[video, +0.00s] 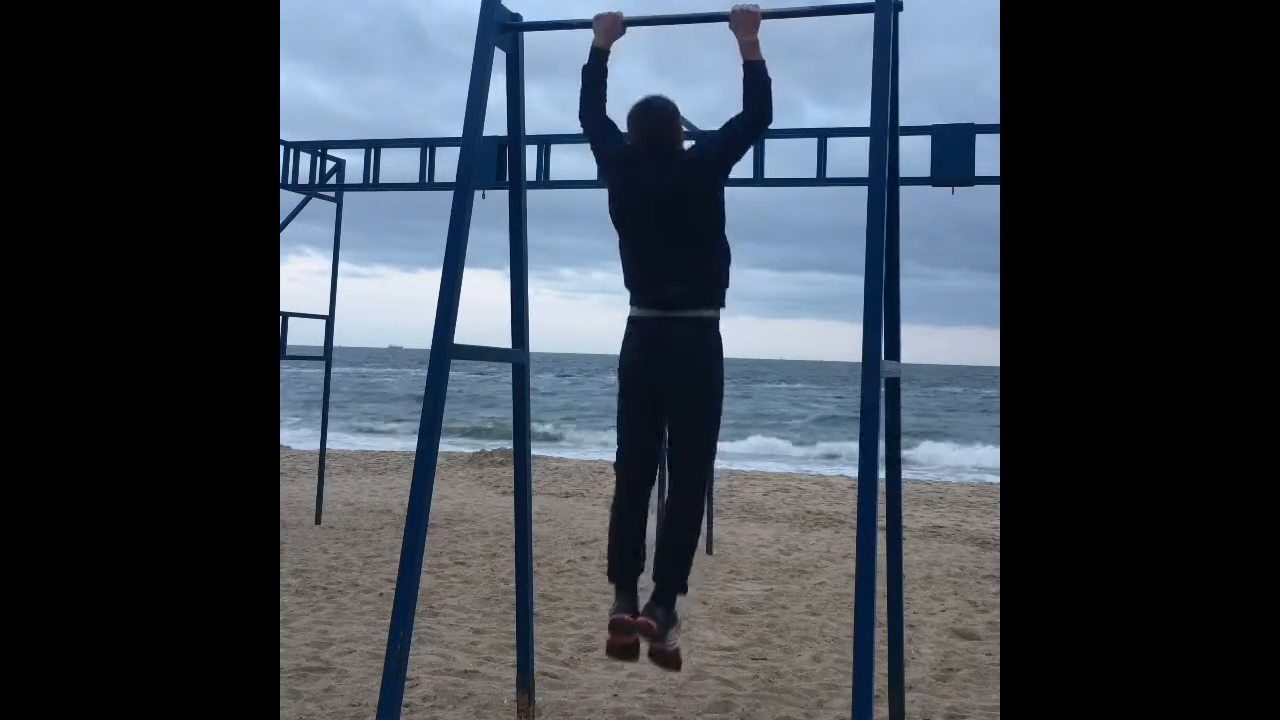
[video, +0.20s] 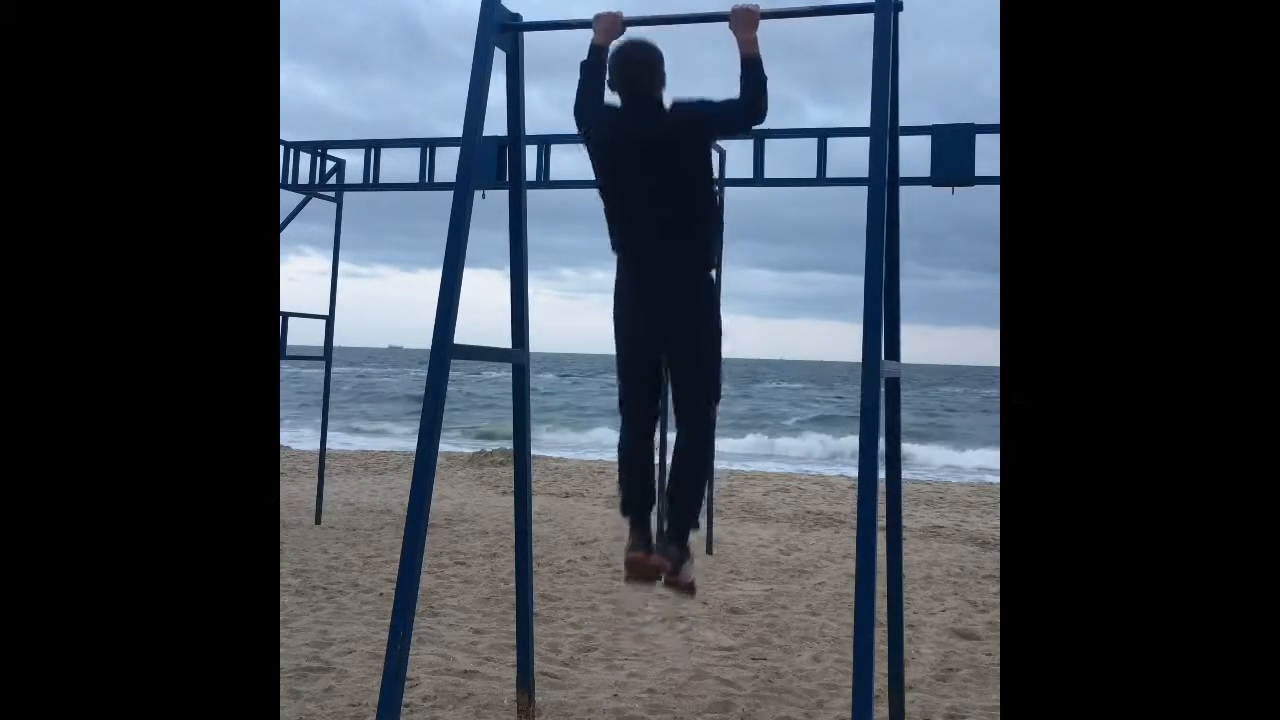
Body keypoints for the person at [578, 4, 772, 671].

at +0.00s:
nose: (686, 125)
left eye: (679, 121)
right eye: (682, 121)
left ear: (630, 138)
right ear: (678, 132)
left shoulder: (620, 170)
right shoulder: (706, 165)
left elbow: (592, 115)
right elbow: (757, 114)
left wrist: (600, 46)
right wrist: (750, 45)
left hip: (643, 339)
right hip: (697, 341)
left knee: (634, 470)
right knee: (688, 477)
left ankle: (625, 605)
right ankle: (662, 610)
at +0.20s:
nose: (655, 81)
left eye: (633, 74)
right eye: (658, 74)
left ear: (615, 85)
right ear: (662, 81)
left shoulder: (601, 130)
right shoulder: (693, 122)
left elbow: (588, 96)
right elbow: (752, 108)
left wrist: (598, 42)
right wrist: (749, 42)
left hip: (634, 294)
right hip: (693, 293)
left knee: (637, 416)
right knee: (695, 423)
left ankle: (639, 542)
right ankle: (674, 552)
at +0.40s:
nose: (656, 8)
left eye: (616, 11)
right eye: (656, 4)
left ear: (609, 11)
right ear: (656, 8)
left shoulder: (591, 56)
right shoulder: (687, 46)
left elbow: (564, 101)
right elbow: (762, 92)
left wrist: (593, 38)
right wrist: (750, 38)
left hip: (631, 220)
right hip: (690, 216)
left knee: (647, 337)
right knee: (704, 339)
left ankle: (661, 455)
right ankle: (699, 463)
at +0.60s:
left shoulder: (602, 36)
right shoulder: (699, 29)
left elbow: (567, 100)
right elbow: (756, 86)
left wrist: (595, 32)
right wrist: (751, 35)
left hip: (636, 201)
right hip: (695, 198)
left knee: (650, 321)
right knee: (706, 318)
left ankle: (669, 439)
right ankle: (704, 442)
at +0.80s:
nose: (660, 60)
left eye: (633, 53)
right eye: (663, 50)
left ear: (622, 61)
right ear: (669, 57)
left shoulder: (606, 109)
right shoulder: (701, 100)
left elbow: (575, 101)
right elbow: (772, 100)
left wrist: (597, 43)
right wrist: (754, 40)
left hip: (640, 275)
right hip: (699, 274)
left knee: (648, 397)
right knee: (701, 396)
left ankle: (656, 519)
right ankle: (689, 520)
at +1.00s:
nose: (683, 122)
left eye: (674, 117)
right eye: (680, 116)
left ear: (631, 130)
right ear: (678, 124)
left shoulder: (620, 167)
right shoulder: (707, 161)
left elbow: (592, 114)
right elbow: (760, 111)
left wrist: (600, 46)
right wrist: (751, 43)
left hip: (646, 330)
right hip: (701, 332)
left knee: (639, 460)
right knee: (695, 469)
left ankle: (631, 592)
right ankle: (666, 600)